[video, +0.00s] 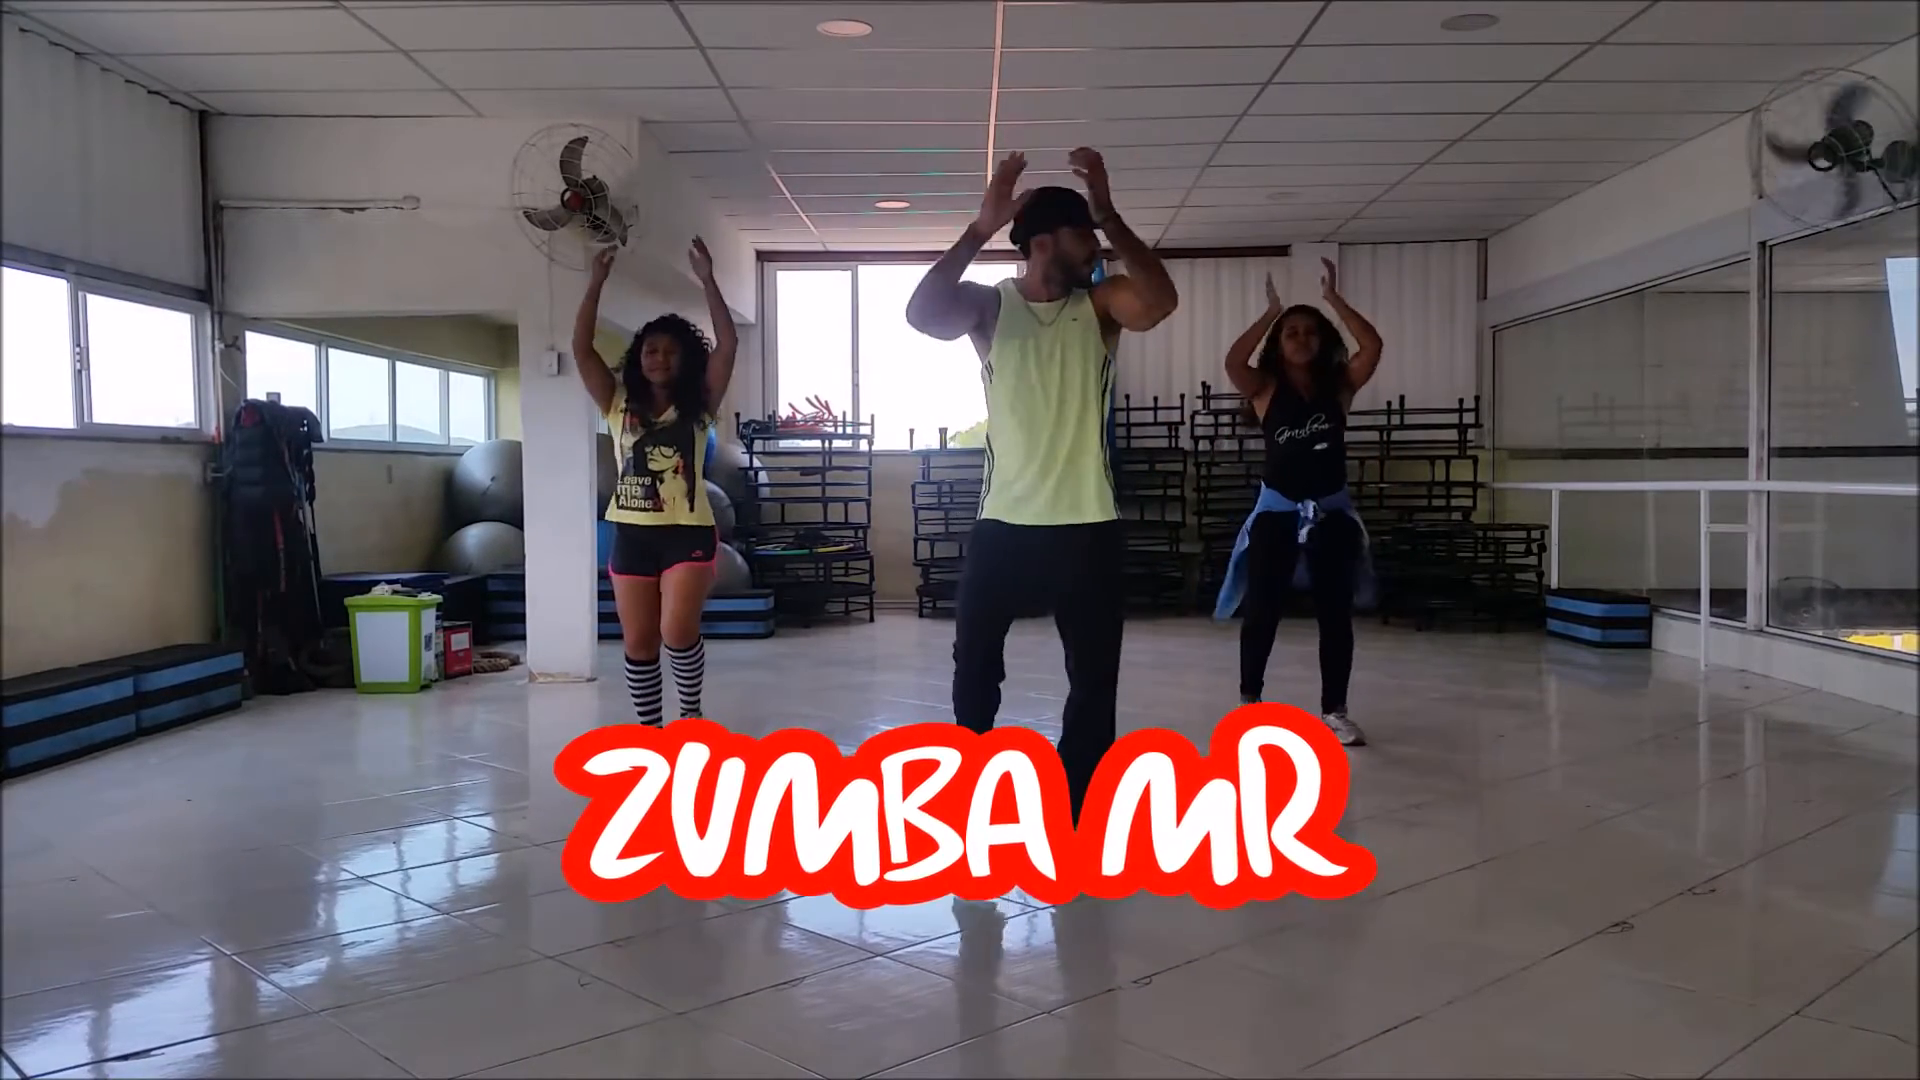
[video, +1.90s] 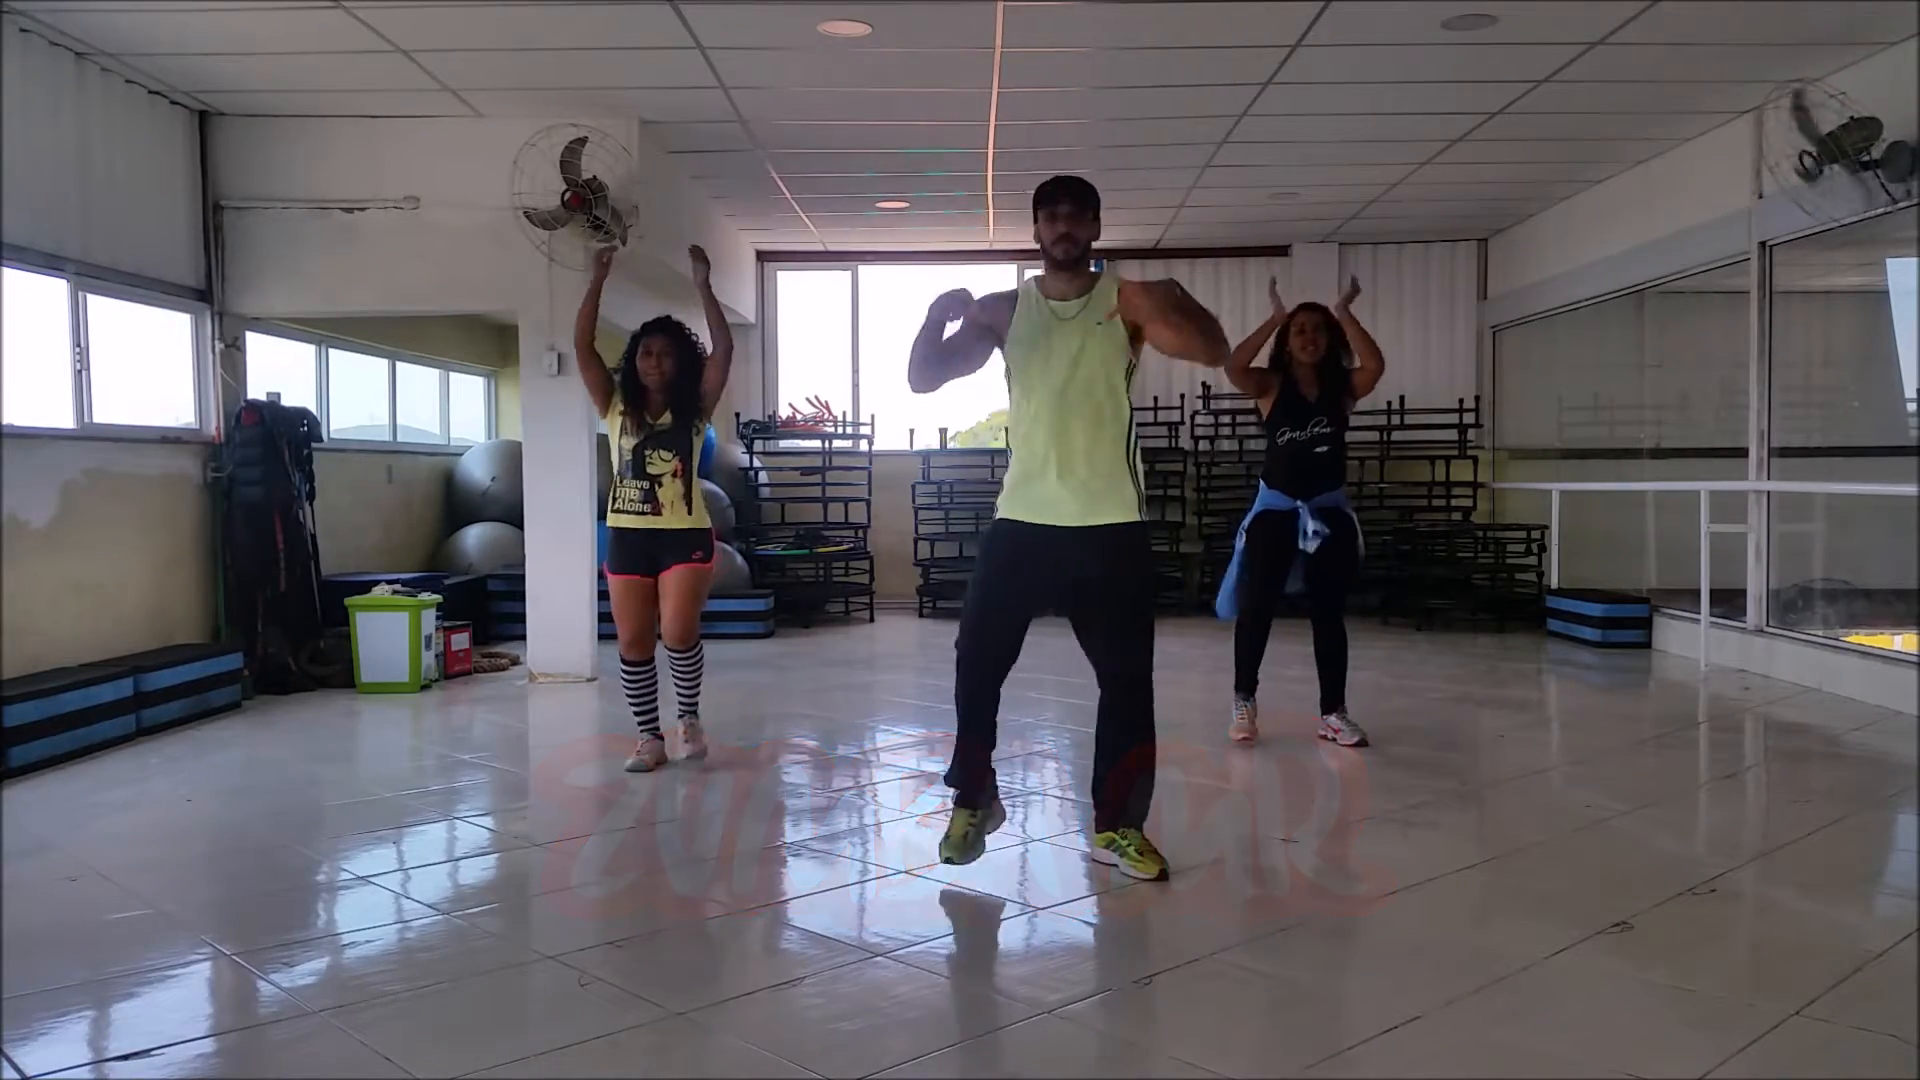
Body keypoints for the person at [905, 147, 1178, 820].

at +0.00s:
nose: (1093, 243)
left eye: (1093, 233)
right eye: (1083, 232)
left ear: (1071, 243)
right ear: (1042, 239)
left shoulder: (1100, 300)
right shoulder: (990, 305)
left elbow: (1160, 300)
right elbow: (923, 311)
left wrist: (1109, 217)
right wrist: (982, 225)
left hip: (1088, 523)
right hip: (1005, 522)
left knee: (1095, 684)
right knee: (975, 666)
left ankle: (1082, 819)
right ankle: (969, 798)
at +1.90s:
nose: (1066, 228)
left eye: (1079, 216)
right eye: (1053, 217)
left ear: (1098, 226)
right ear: (1035, 229)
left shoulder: (1129, 300)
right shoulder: (1004, 309)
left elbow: (1211, 350)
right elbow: (922, 378)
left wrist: (1179, 300)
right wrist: (937, 315)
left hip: (1109, 525)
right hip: (1021, 523)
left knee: (1127, 680)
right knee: (977, 663)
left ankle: (1118, 825)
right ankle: (973, 801)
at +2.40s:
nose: (1017, 245)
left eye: (1031, 232)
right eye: (1005, 232)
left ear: (1051, 240)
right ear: (988, 238)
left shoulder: (1089, 323)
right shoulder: (950, 331)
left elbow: (1159, 404)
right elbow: (897, 419)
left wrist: (1134, 477)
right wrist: (904, 502)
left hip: (1074, 545)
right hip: (978, 547)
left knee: (1115, 694)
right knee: (941, 694)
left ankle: (1121, 821)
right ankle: (925, 832)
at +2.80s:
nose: (1018, 262)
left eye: (1031, 251)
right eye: (1007, 250)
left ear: (1051, 261)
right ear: (988, 258)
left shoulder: (1082, 343)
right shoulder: (952, 350)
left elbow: (1138, 436)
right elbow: (906, 445)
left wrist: (1165, 514)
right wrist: (896, 514)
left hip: (1067, 558)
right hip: (971, 559)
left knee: (1126, 701)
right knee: (924, 701)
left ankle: (1142, 822)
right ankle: (910, 828)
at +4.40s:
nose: (1043, 313)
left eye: (1056, 302)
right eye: (1031, 301)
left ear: (1073, 311)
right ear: (1012, 308)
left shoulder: (1101, 388)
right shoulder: (970, 401)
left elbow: (1139, 475)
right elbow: (935, 495)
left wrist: (1159, 526)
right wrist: (935, 582)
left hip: (1099, 583)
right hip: (1005, 590)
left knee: (1172, 707)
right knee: (950, 720)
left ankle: (1180, 833)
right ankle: (892, 838)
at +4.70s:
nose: (1035, 277)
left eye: (1048, 267)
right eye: (1023, 265)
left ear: (1065, 279)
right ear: (1004, 275)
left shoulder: (1091, 364)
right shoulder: (961, 358)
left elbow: (1128, 462)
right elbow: (918, 441)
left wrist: (1147, 550)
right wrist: (924, 456)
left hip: (1090, 567)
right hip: (996, 569)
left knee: (1153, 705)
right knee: (951, 708)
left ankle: (1182, 833)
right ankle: (890, 837)